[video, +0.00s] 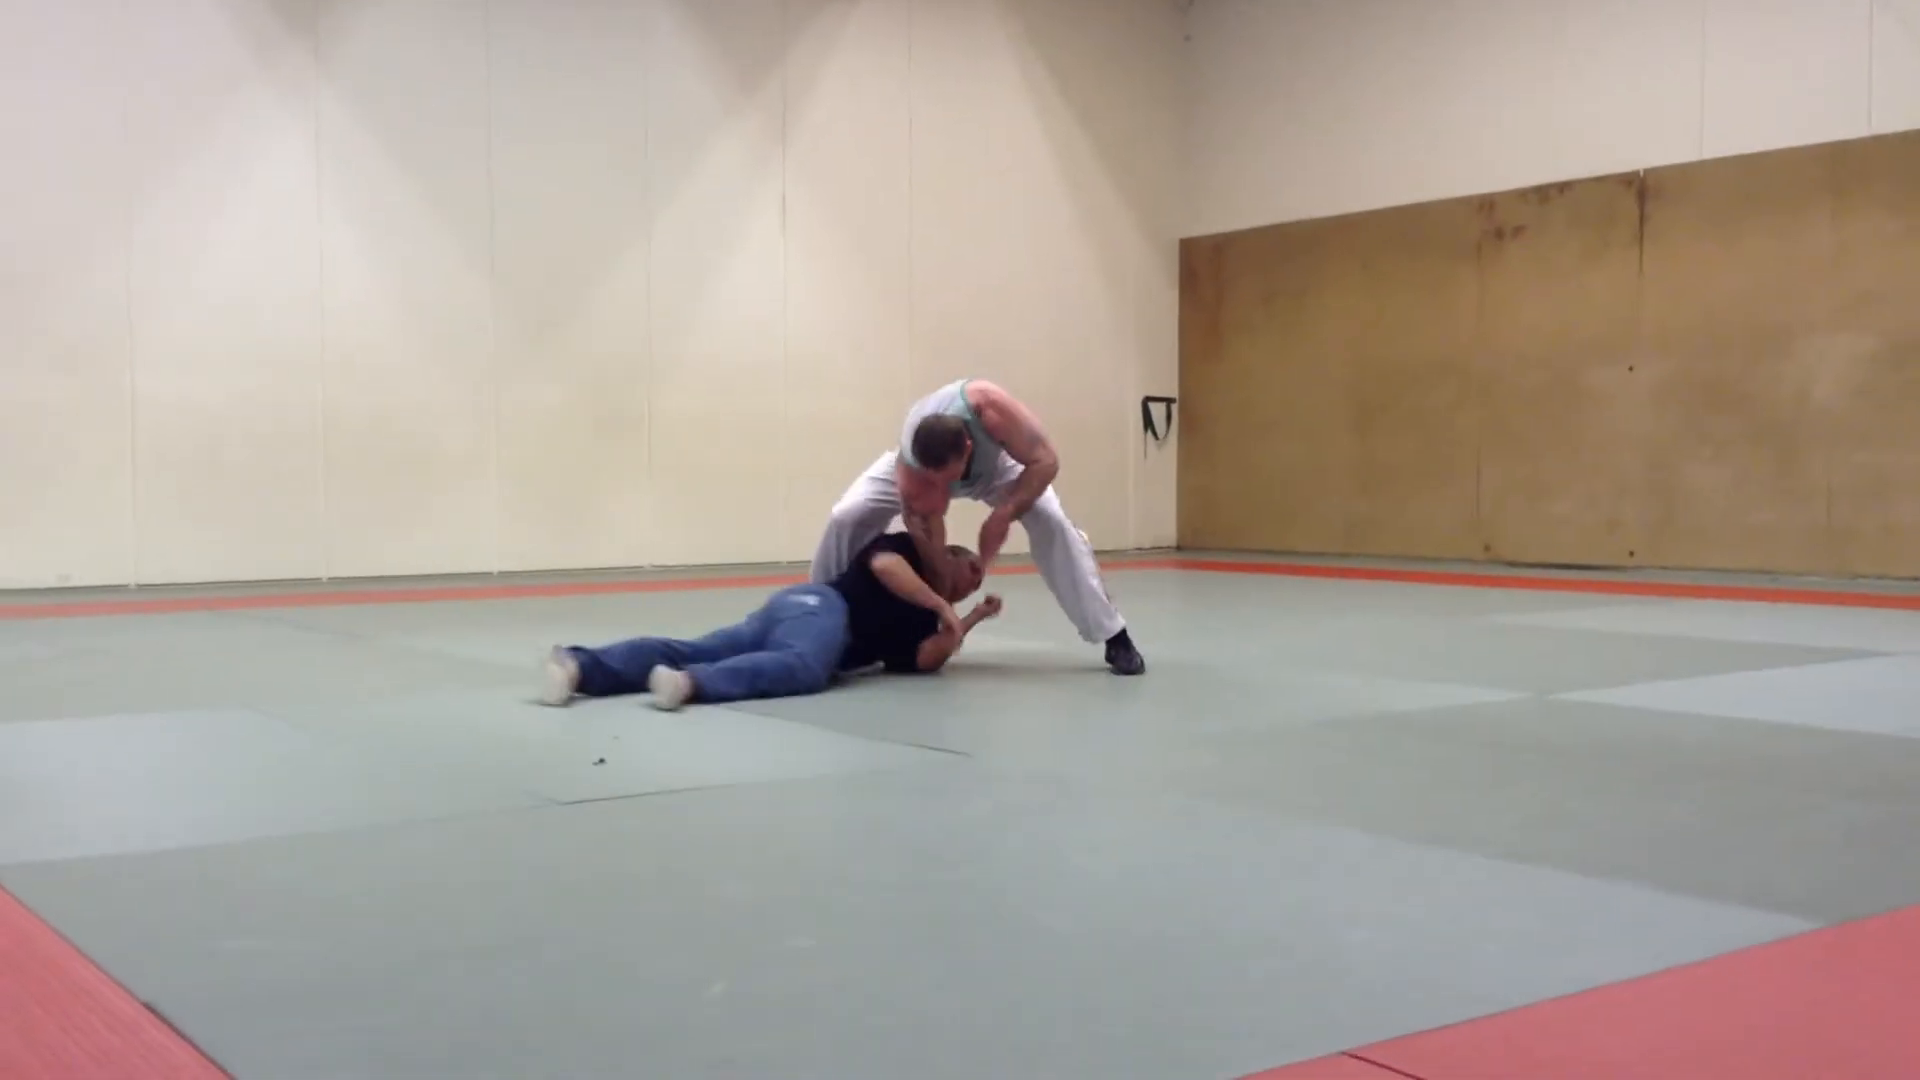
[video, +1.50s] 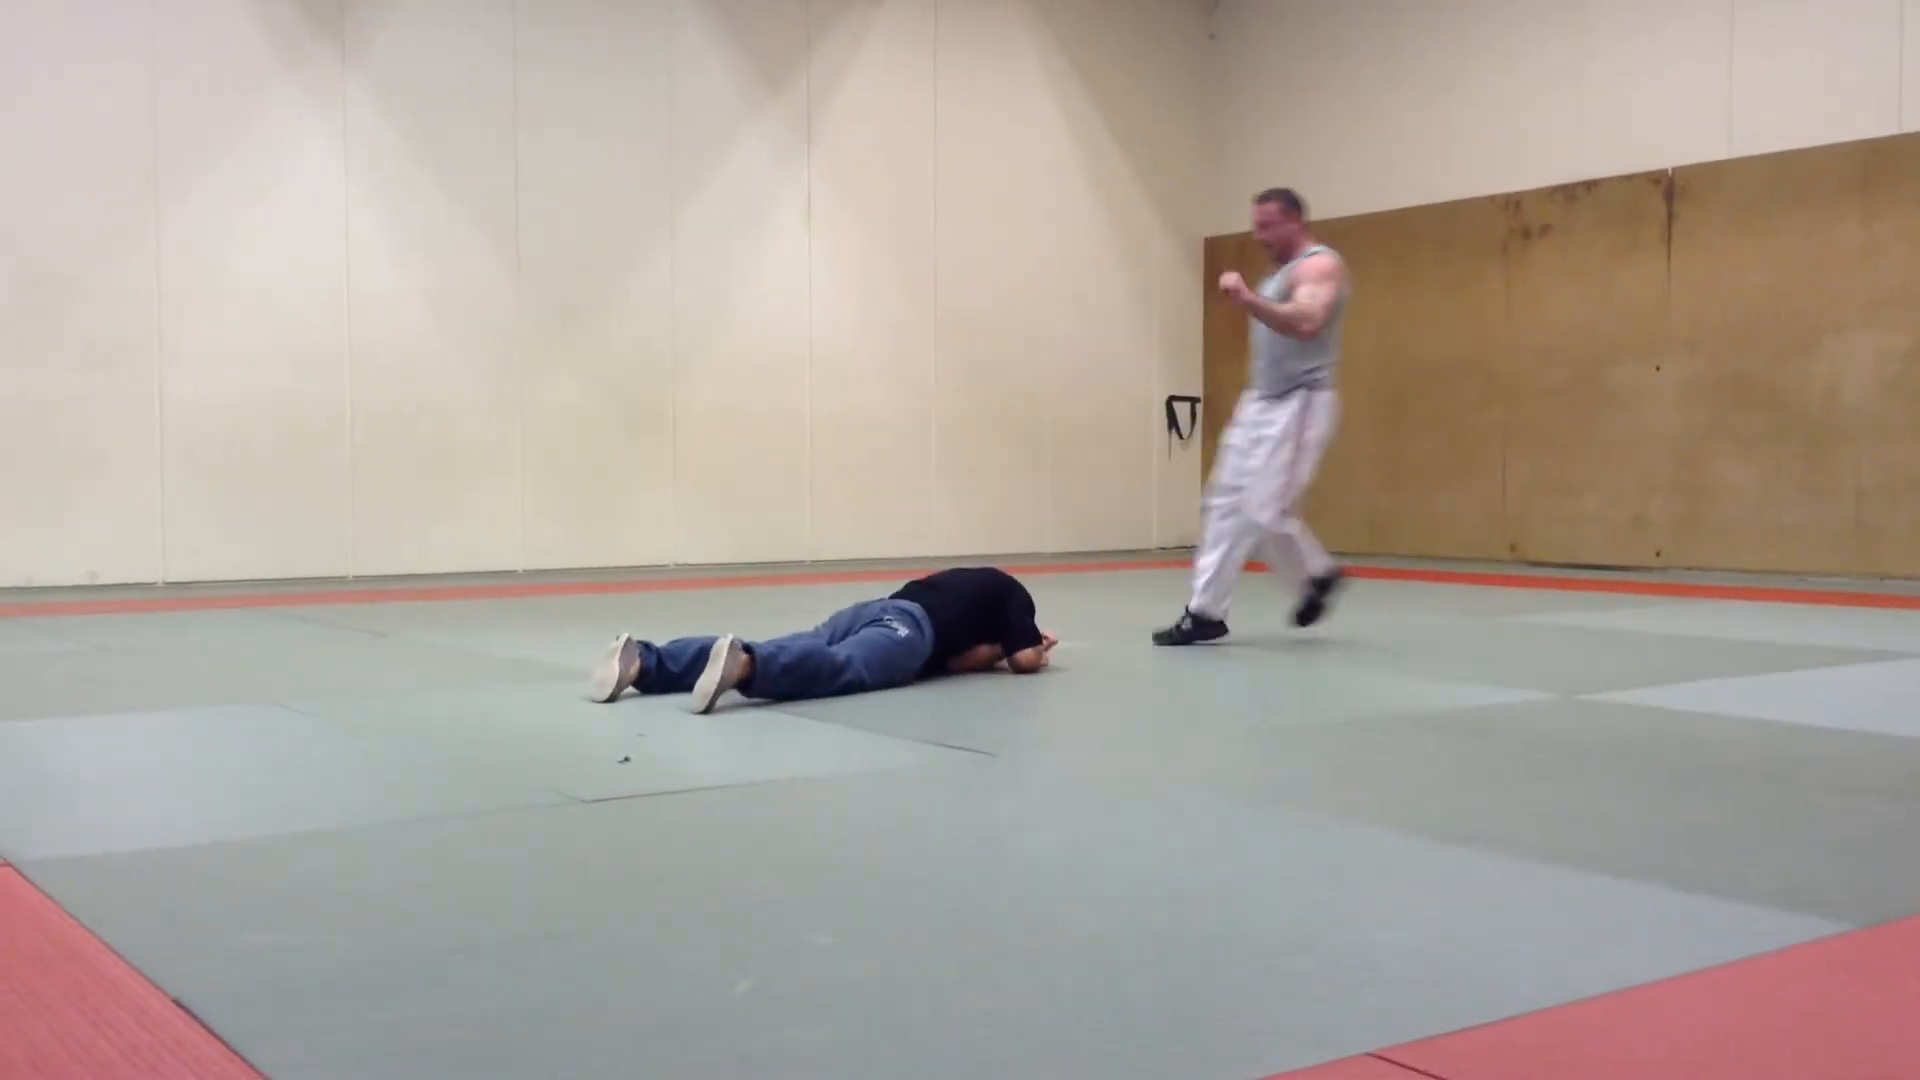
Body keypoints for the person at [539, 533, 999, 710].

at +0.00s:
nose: (963, 574)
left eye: (968, 575)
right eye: (963, 564)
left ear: (960, 588)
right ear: (944, 554)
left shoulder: (921, 631)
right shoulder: (906, 545)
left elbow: (926, 658)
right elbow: (882, 563)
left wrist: (962, 627)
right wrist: (939, 605)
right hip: (825, 606)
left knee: (700, 652)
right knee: (806, 669)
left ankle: (585, 668)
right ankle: (693, 682)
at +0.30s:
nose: (976, 580)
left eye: (981, 584)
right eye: (974, 569)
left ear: (972, 596)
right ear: (953, 556)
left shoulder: (932, 634)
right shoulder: (919, 549)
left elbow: (954, 656)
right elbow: (905, 577)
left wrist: (996, 625)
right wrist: (947, 626)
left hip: (815, 620)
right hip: (846, 606)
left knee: (732, 655)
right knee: (835, 669)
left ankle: (622, 674)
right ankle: (726, 683)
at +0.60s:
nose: (974, 612)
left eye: (978, 608)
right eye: (976, 601)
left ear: (958, 588)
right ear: (965, 577)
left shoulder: (933, 634)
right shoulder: (938, 552)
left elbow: (955, 654)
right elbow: (939, 581)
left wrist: (1005, 656)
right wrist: (985, 648)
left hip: (828, 615)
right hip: (867, 620)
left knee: (729, 652)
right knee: (818, 667)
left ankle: (607, 662)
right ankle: (714, 681)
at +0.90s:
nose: (1009, 611)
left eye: (1012, 603)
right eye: (1011, 600)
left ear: (971, 586)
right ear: (996, 584)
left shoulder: (949, 633)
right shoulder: (971, 563)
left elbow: (959, 658)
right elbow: (1010, 609)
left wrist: (1007, 631)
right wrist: (1033, 636)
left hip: (838, 616)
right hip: (882, 612)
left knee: (743, 653)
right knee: (832, 666)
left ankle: (619, 668)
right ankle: (725, 673)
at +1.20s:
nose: (1025, 641)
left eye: (1022, 639)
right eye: (1027, 638)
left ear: (994, 613)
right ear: (1024, 611)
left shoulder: (958, 601)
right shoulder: (1001, 590)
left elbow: (954, 657)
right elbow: (1018, 656)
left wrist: (1011, 650)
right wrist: (1035, 652)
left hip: (858, 611)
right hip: (900, 620)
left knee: (766, 649)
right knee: (839, 665)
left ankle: (635, 664)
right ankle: (743, 666)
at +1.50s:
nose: (1028, 646)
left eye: (1024, 644)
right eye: (1028, 643)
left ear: (1007, 621)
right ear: (1026, 613)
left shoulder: (956, 589)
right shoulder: (1010, 594)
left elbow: (949, 660)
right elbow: (1023, 660)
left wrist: (1007, 651)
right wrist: (1040, 653)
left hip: (868, 612)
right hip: (910, 622)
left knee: (779, 650)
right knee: (842, 666)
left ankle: (644, 664)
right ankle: (748, 665)